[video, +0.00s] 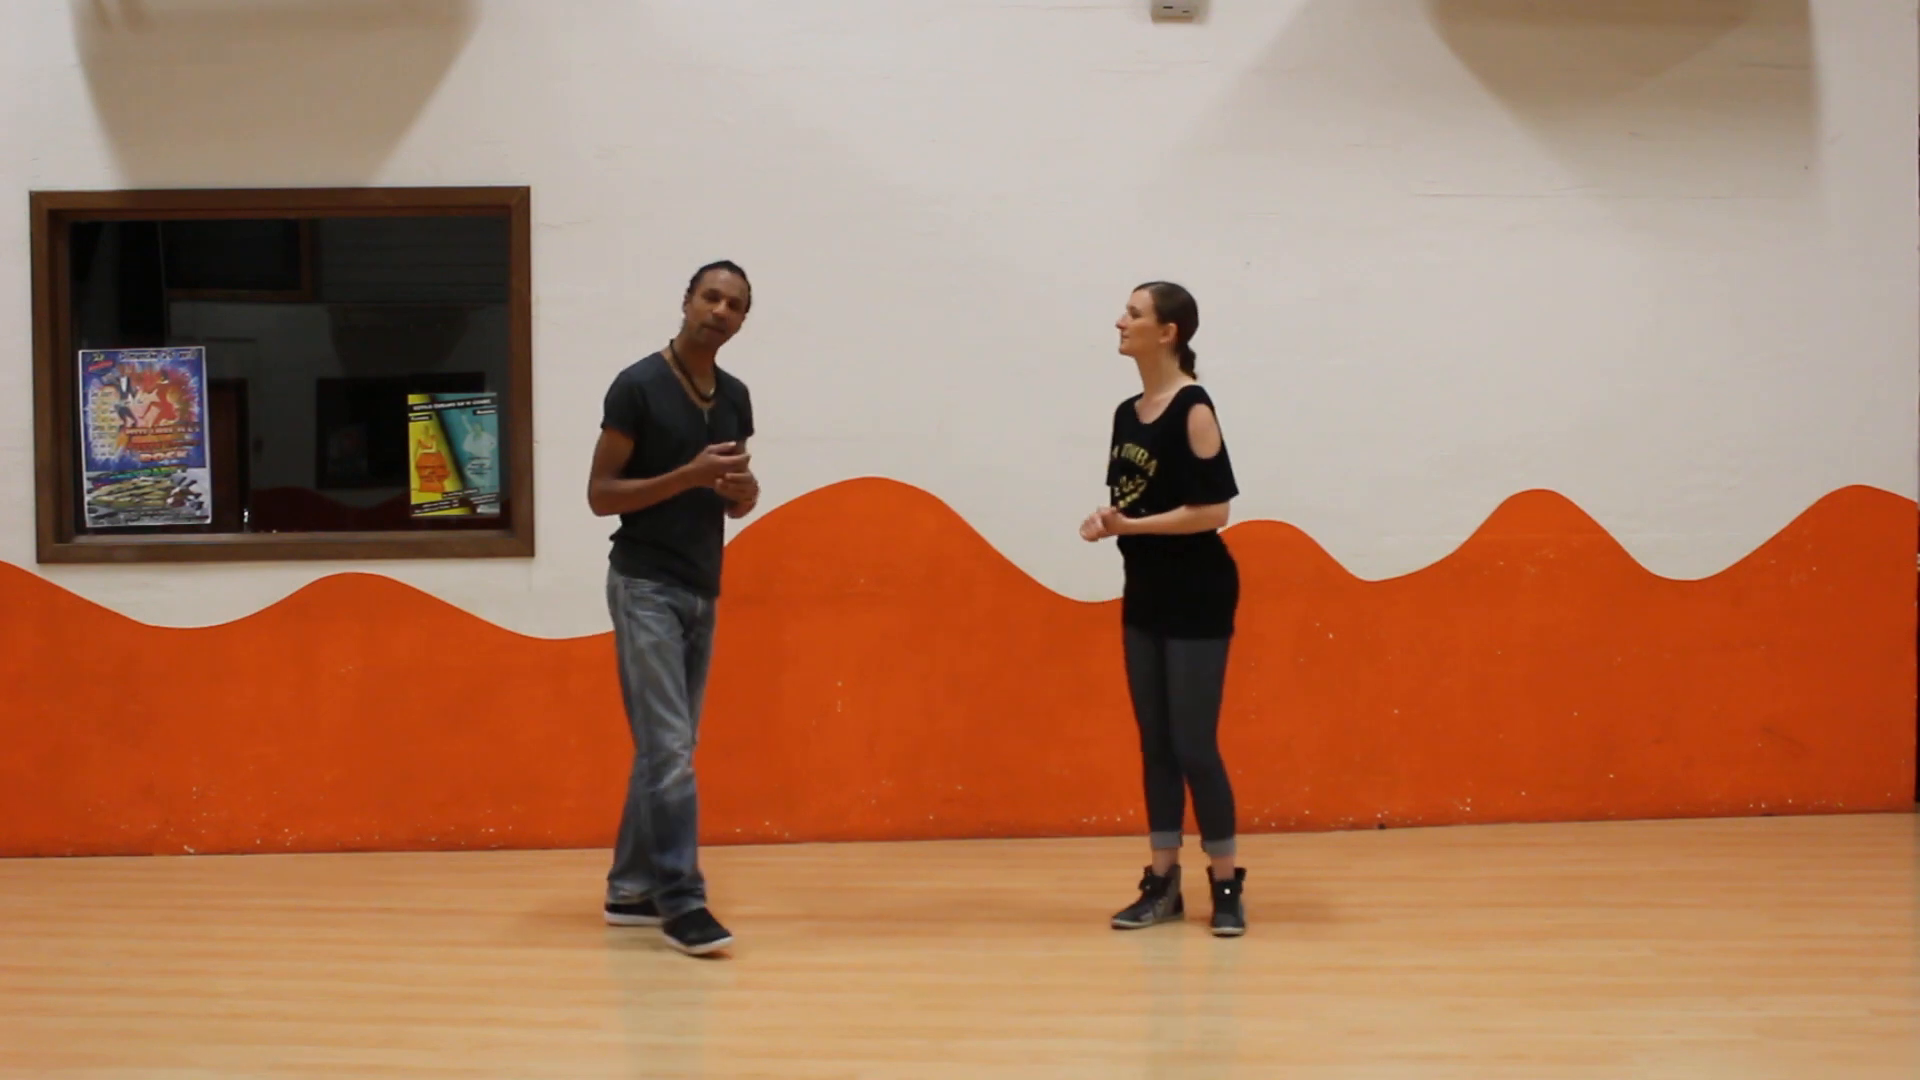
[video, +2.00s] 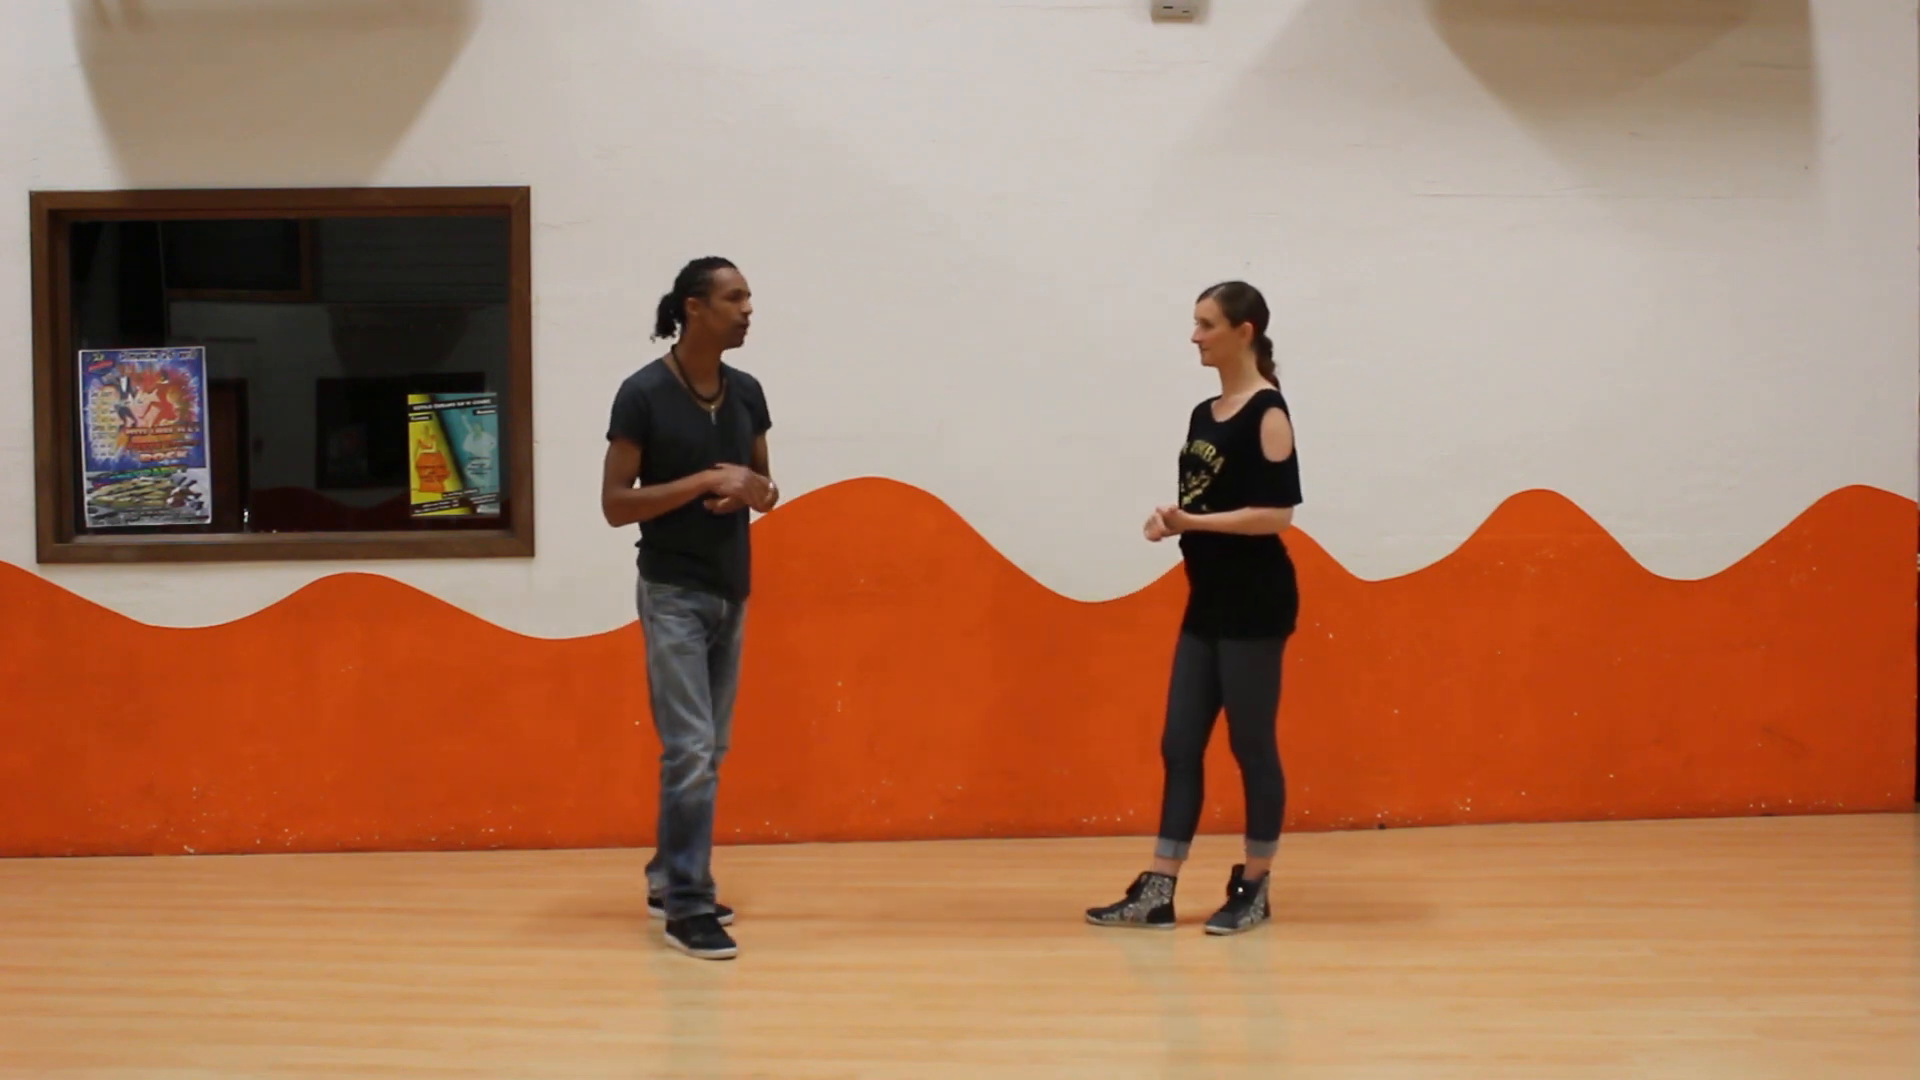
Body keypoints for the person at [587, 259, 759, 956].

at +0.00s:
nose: (722, 312)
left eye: (735, 306)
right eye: (713, 297)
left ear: (742, 322)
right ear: (685, 301)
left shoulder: (732, 397)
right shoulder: (638, 385)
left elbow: (741, 502)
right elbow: (600, 495)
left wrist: (737, 480)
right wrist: (690, 476)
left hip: (699, 589)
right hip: (644, 584)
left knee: (672, 744)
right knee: (669, 743)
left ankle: (631, 886)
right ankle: (684, 903)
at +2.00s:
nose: (748, 310)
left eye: (747, 299)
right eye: (735, 299)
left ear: (727, 312)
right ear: (692, 310)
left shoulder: (744, 391)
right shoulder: (643, 393)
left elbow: (766, 490)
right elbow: (616, 505)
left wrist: (749, 489)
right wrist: (703, 482)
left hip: (729, 594)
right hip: (671, 594)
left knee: (709, 746)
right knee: (691, 748)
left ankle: (671, 879)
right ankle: (691, 905)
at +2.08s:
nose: (755, 309)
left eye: (753, 298)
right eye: (742, 299)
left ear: (725, 313)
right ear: (699, 310)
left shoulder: (746, 393)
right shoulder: (645, 394)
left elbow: (765, 493)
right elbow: (614, 503)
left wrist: (748, 497)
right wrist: (706, 481)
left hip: (725, 593)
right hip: (668, 592)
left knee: (705, 744)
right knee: (690, 745)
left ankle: (672, 880)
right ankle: (691, 904)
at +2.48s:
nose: (765, 309)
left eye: (763, 298)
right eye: (753, 298)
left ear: (729, 309)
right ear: (711, 306)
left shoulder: (748, 394)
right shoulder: (656, 383)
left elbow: (760, 495)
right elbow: (620, 487)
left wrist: (744, 488)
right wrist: (709, 475)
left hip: (717, 589)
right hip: (661, 585)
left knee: (702, 743)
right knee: (671, 741)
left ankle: (685, 884)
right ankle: (670, 895)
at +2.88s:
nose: (759, 310)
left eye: (760, 300)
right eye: (747, 300)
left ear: (731, 312)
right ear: (705, 307)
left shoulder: (750, 397)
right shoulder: (652, 387)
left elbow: (761, 494)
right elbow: (616, 493)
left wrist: (752, 486)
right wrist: (703, 476)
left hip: (724, 590)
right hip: (666, 587)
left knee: (707, 744)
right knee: (675, 743)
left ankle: (684, 884)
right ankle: (671, 896)